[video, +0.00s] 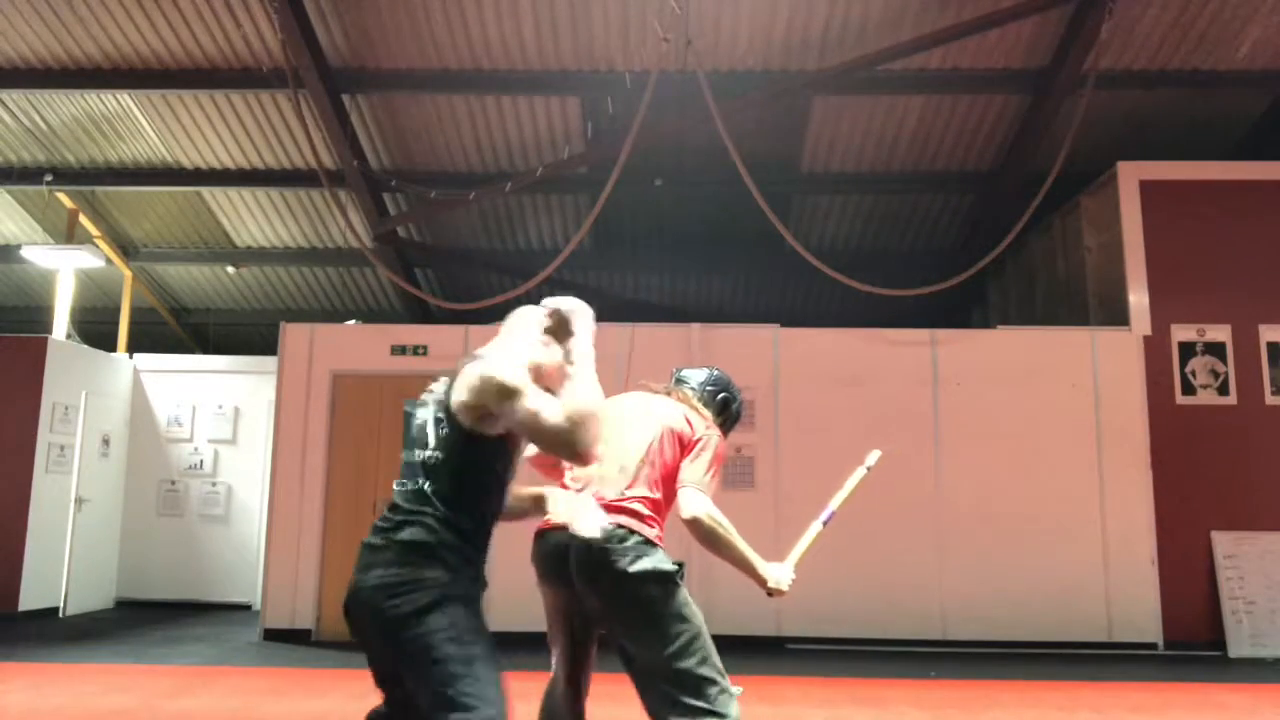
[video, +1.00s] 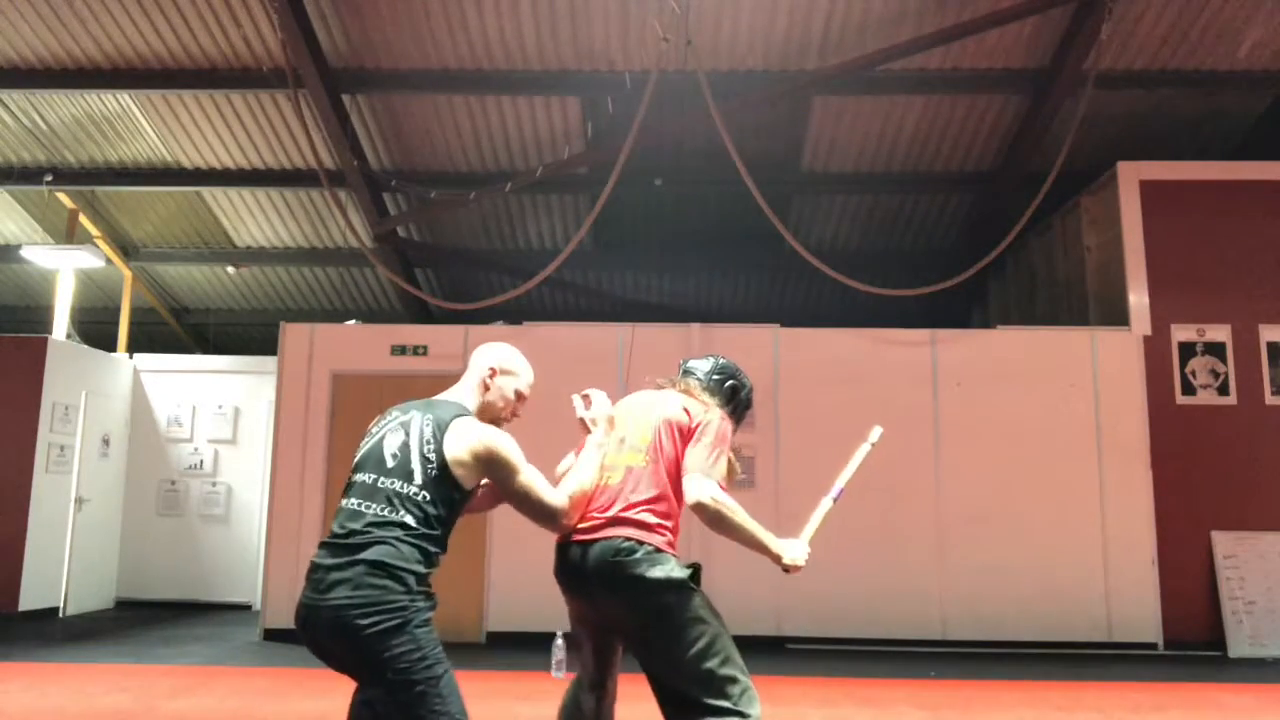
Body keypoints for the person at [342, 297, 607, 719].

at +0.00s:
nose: (568, 380)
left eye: (573, 367)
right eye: (568, 364)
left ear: (529, 335)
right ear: (546, 341)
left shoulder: (448, 385)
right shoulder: (492, 377)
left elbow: (468, 502)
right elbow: (581, 444)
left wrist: (544, 500)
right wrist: (584, 344)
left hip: (384, 582)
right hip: (423, 586)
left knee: (410, 708)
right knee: (477, 709)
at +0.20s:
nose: (531, 381)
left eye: (537, 374)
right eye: (535, 369)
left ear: (485, 339)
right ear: (517, 343)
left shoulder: (416, 389)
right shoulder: (500, 387)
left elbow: (414, 494)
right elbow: (571, 470)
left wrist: (489, 503)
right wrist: (600, 388)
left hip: (360, 584)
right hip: (418, 587)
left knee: (416, 698)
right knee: (483, 710)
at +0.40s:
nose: (524, 408)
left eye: (530, 400)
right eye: (526, 397)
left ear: (483, 369)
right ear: (505, 371)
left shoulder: (404, 410)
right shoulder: (497, 415)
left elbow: (399, 500)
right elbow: (562, 504)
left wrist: (467, 516)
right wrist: (587, 421)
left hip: (336, 593)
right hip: (407, 592)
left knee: (394, 688)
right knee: (480, 711)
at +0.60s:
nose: (519, 417)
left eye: (525, 408)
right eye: (521, 403)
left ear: (475, 378)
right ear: (492, 379)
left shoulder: (397, 423)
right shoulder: (487, 426)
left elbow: (393, 513)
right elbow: (562, 505)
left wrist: (462, 519)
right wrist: (601, 426)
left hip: (327, 602)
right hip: (396, 605)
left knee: (386, 684)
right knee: (460, 711)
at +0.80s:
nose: (519, 413)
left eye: (524, 404)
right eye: (519, 398)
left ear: (480, 377)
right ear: (490, 376)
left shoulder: (391, 422)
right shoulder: (483, 435)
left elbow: (438, 509)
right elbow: (557, 514)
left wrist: (501, 497)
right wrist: (598, 433)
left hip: (322, 607)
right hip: (388, 610)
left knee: (382, 686)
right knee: (448, 713)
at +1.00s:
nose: (519, 411)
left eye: (524, 401)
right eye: (519, 395)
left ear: (483, 375)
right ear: (489, 375)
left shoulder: (391, 417)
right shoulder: (483, 438)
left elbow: (460, 501)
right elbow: (561, 515)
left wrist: (542, 475)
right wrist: (600, 432)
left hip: (319, 606)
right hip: (384, 610)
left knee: (382, 685)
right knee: (443, 712)